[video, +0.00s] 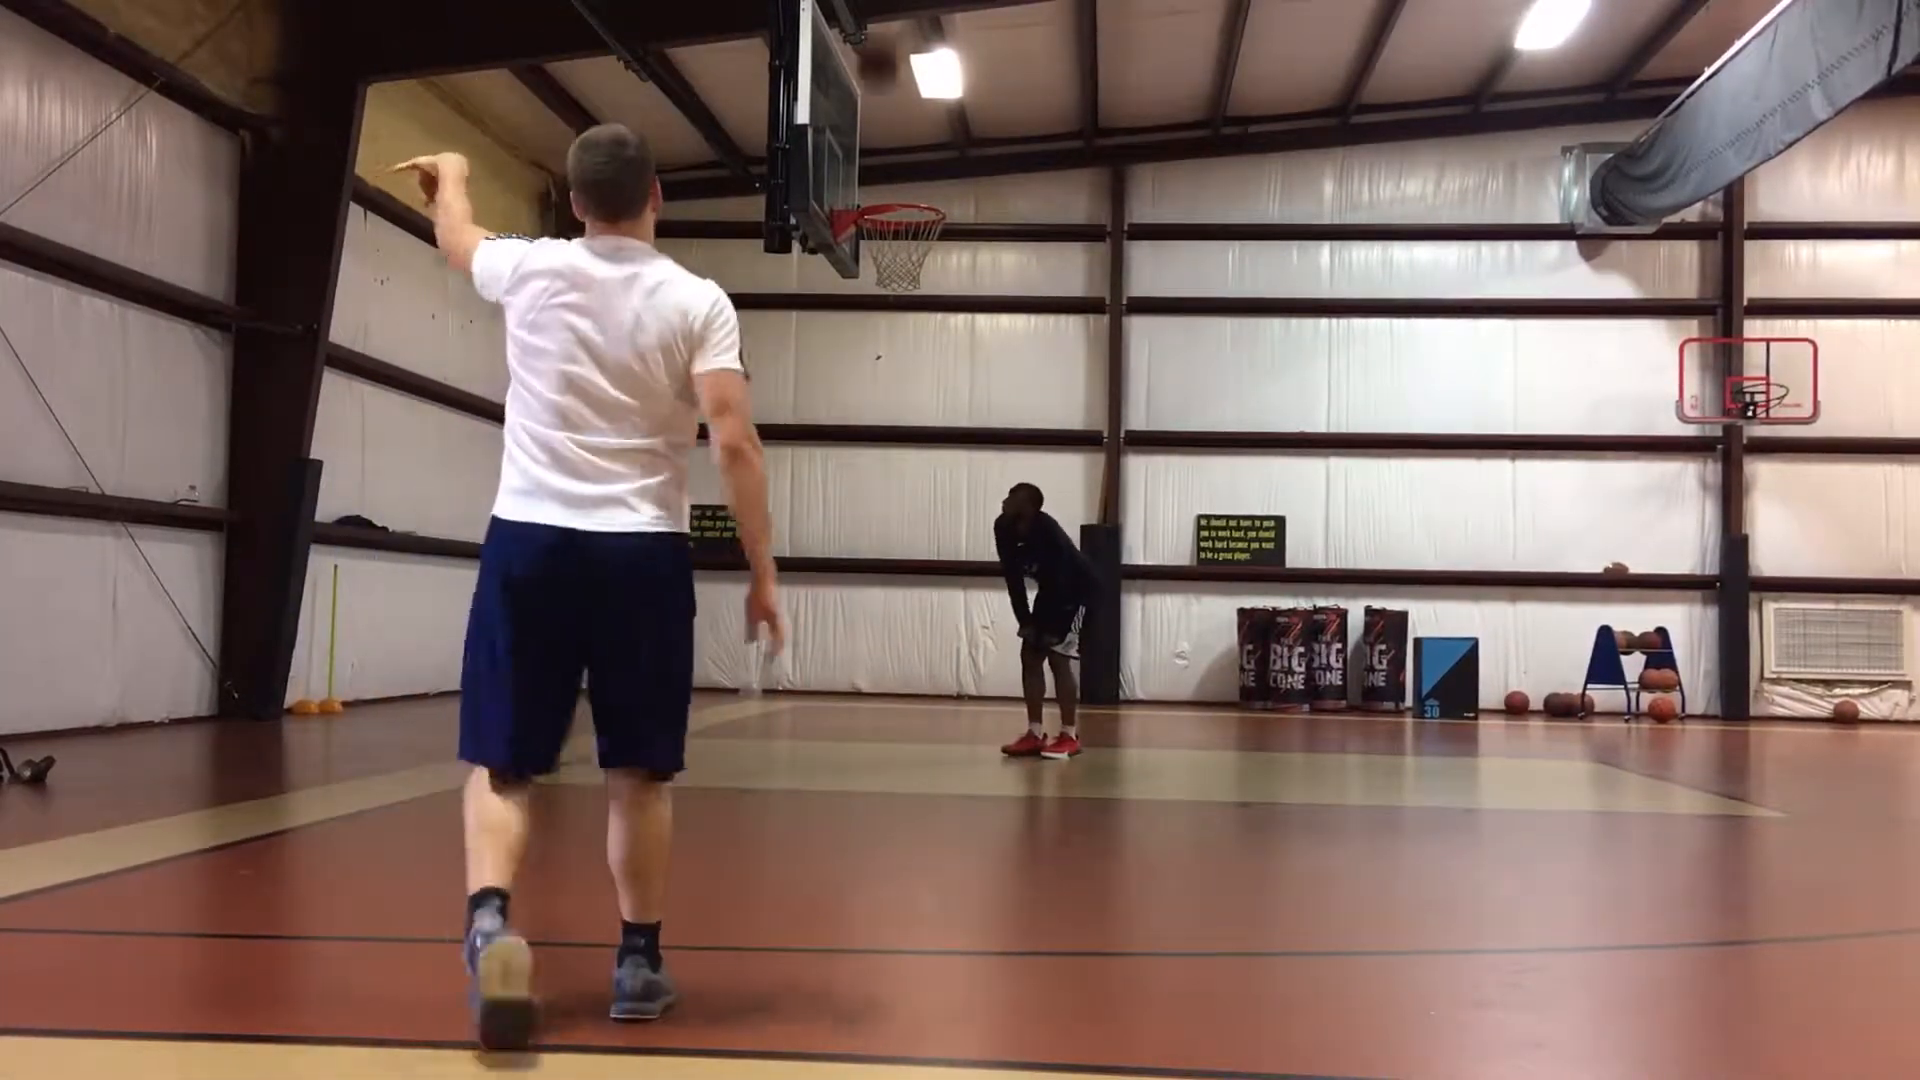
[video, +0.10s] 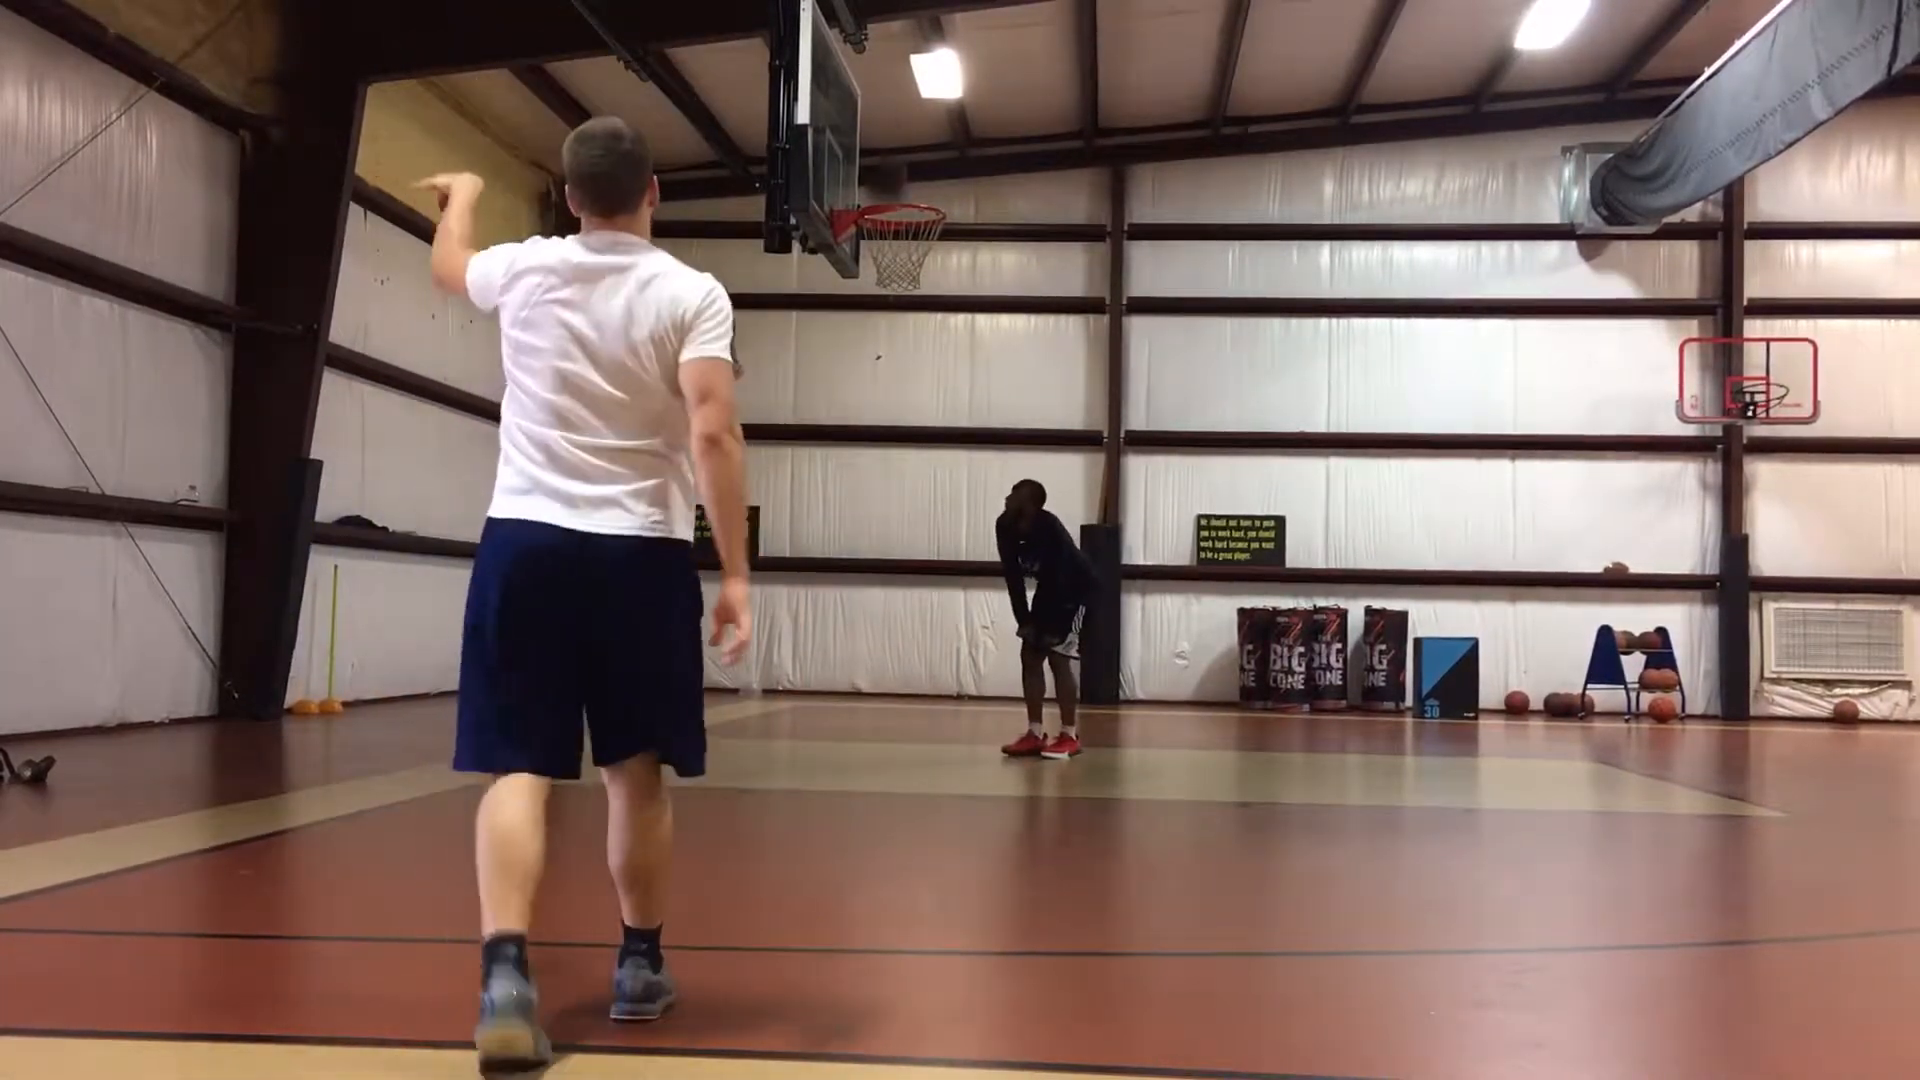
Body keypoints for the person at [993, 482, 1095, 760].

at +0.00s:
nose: (1004, 501)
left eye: (1012, 497)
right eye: (1007, 496)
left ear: (1029, 507)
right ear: (1012, 501)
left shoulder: (1047, 530)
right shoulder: (1003, 527)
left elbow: (1060, 582)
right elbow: (1013, 577)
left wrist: (1050, 629)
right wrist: (1024, 621)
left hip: (1079, 593)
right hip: (1048, 591)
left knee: (1058, 658)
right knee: (1030, 656)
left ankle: (1069, 735)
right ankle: (1035, 734)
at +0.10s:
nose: (1008, 496)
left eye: (1015, 492)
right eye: (1011, 491)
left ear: (1030, 502)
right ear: (1017, 498)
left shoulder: (1049, 526)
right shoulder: (1005, 525)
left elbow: (1057, 580)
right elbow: (1013, 575)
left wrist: (1047, 627)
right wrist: (1023, 620)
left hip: (1077, 591)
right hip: (1047, 590)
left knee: (1058, 658)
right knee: (1030, 657)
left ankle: (1069, 735)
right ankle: (1035, 734)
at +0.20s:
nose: (1013, 483)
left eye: (1021, 480)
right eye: (1016, 478)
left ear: (1037, 492)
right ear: (1020, 486)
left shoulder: (1054, 521)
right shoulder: (1007, 517)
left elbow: (1062, 576)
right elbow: (1013, 569)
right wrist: (1021, 615)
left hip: (1072, 588)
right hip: (1043, 585)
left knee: (1061, 657)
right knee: (1031, 655)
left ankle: (1070, 735)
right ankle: (1035, 733)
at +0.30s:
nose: (1020, 473)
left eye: (1028, 470)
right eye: (1023, 468)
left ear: (1043, 480)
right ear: (1024, 474)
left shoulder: (1059, 510)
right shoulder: (1010, 505)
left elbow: (1070, 562)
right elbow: (1012, 559)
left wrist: (1068, 610)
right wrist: (1016, 604)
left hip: (1063, 588)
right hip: (1035, 587)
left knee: (1056, 658)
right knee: (1029, 657)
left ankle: (1069, 734)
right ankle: (1035, 733)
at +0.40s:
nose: (1031, 469)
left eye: (1039, 467)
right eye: (1031, 462)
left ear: (1053, 472)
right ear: (1028, 462)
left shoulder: (1067, 502)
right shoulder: (1014, 493)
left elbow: (1076, 554)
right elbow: (1008, 543)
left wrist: (1074, 596)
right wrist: (1002, 588)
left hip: (1061, 588)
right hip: (1031, 586)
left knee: (1053, 658)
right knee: (1028, 659)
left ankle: (1068, 733)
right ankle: (1035, 733)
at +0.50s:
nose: (1034, 450)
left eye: (1043, 446)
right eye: (1035, 445)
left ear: (1057, 457)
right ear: (1033, 452)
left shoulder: (1071, 494)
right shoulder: (1019, 488)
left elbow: (1076, 549)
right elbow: (1006, 533)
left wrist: (1065, 591)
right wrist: (990, 574)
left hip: (1061, 585)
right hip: (1028, 582)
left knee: (1058, 658)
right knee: (1017, 655)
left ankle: (1069, 734)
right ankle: (1034, 727)